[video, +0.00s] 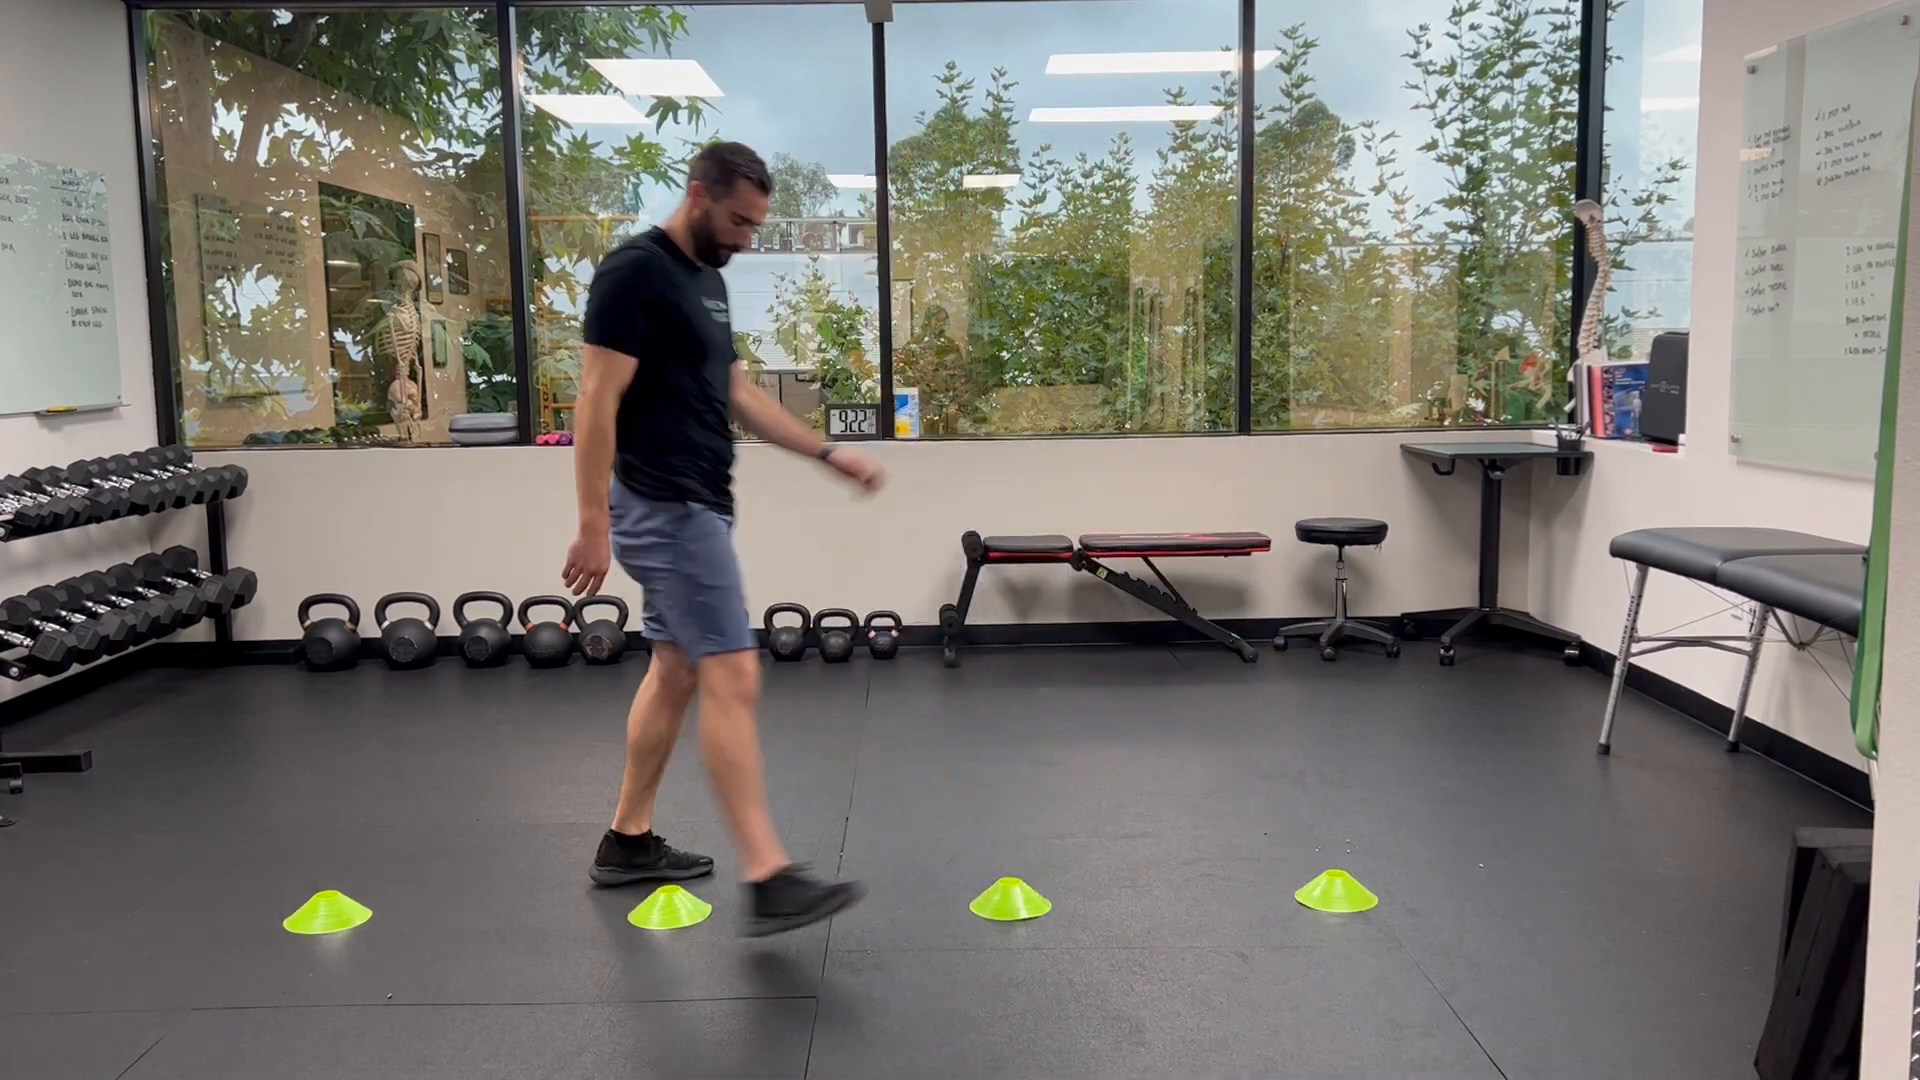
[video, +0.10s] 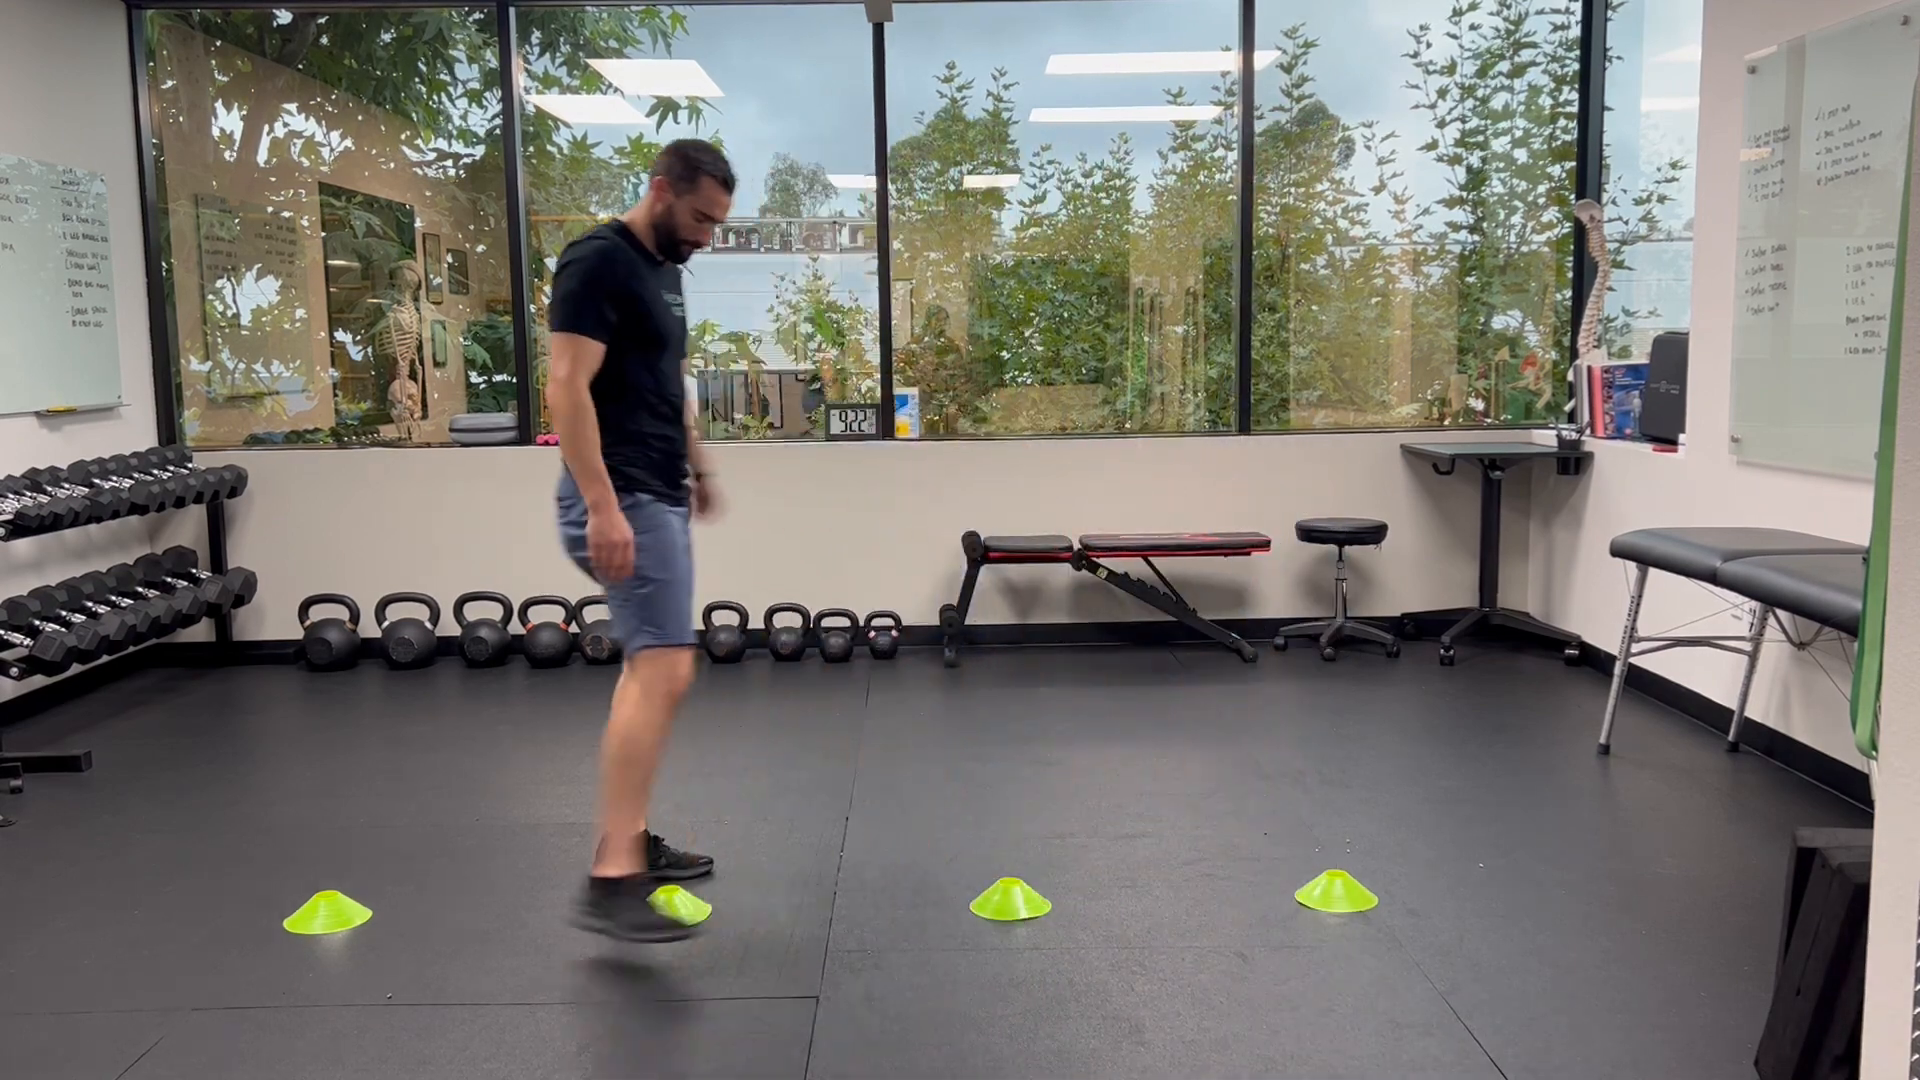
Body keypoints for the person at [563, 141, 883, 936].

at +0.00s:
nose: (744, 239)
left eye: (754, 226)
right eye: (737, 222)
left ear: (742, 214)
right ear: (697, 197)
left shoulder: (707, 281)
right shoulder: (633, 275)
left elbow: (736, 393)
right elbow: (596, 399)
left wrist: (826, 450)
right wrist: (592, 523)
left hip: (697, 508)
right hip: (662, 510)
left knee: (675, 671)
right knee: (733, 674)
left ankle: (628, 839)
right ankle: (769, 877)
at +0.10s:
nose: (706, 236)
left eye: (715, 224)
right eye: (700, 219)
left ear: (698, 211)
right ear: (657, 192)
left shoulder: (661, 269)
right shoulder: (598, 260)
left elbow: (660, 383)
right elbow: (566, 387)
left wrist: (692, 464)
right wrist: (602, 506)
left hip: (655, 498)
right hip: (623, 501)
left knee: (655, 668)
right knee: (663, 667)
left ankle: (627, 845)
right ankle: (614, 875)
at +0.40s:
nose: (564, 276)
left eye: (571, 264)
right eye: (560, 260)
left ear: (534, 237)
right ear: (519, 229)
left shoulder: (482, 286)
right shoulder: (464, 290)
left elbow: (402, 367)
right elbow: (456, 402)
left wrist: (412, 449)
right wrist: (580, 452)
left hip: (514, 537)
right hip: (450, 542)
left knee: (601, 666)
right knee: (395, 718)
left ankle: (623, 843)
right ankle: (231, 875)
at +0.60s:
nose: (415, 294)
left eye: (424, 282)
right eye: (412, 277)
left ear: (396, 254)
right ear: (372, 242)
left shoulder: (357, 306)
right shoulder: (296, 309)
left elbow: (336, 429)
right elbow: (277, 433)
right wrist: (421, 485)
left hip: (379, 547)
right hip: (305, 558)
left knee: (467, 675)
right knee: (248, 734)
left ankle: (565, 821)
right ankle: (161, 929)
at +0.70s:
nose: (361, 286)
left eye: (374, 275)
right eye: (358, 269)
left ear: (375, 260)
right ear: (321, 230)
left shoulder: (315, 292)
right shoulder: (235, 294)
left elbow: (300, 408)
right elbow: (174, 426)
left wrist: (342, 484)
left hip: (327, 524)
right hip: (255, 536)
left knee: (406, 656)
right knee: (226, 723)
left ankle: (469, 807)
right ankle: (161, 926)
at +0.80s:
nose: (323, 281)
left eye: (334, 270)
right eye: (319, 264)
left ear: (324, 245)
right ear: (282, 224)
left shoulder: (285, 285)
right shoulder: (179, 284)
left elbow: (307, 394)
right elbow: (93, 406)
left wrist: (381, 474)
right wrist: (77, 540)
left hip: (281, 517)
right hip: (208, 531)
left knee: (349, 648)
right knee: (198, 717)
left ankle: (340, 803)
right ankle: (156, 930)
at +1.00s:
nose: (262, 294)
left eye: (271, 282)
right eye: (255, 276)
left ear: (265, 265)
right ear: (212, 242)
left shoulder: (237, 311)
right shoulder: (111, 303)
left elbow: (279, 413)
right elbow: (11, 400)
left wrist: (349, 435)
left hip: (206, 533)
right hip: (141, 535)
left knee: (200, 680)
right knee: (169, 709)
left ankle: (103, 825)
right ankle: (153, 929)